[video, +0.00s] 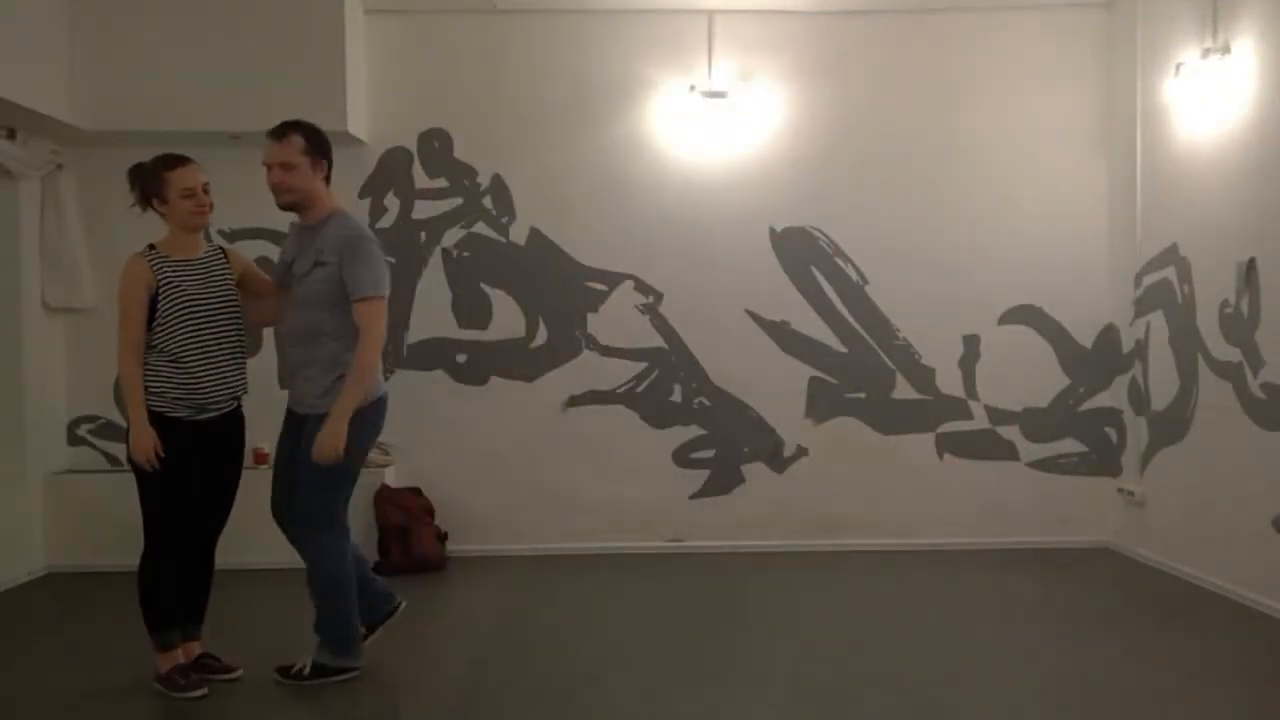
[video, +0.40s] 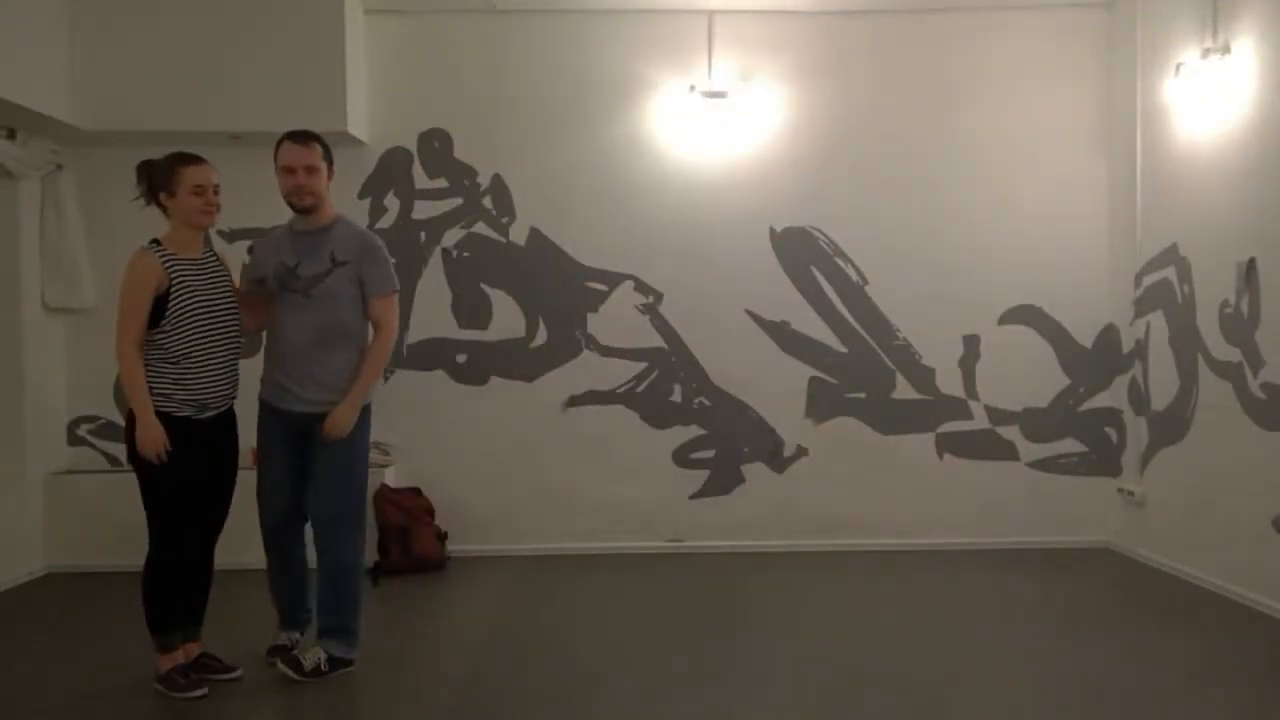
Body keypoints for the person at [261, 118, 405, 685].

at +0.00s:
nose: (273, 178)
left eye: (285, 168)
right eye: (269, 168)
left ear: (320, 169)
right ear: (268, 172)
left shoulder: (354, 239)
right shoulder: (297, 236)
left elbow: (373, 339)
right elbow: (277, 308)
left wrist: (339, 418)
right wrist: (202, 309)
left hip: (346, 406)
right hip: (306, 404)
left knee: (318, 520)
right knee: (289, 509)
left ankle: (339, 652)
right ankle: (373, 598)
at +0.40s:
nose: (299, 181)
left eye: (309, 170)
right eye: (289, 172)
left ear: (329, 175)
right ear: (277, 179)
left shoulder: (363, 245)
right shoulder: (268, 249)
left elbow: (387, 329)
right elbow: (247, 322)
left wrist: (352, 404)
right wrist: (178, 323)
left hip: (340, 413)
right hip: (279, 410)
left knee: (338, 529)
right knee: (278, 525)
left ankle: (339, 643)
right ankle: (295, 625)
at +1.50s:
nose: (369, 192)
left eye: (378, 185)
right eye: (359, 184)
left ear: (389, 195)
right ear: (343, 192)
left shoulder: (394, 265)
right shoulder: (312, 252)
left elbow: (393, 334)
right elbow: (254, 307)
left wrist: (416, 385)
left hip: (381, 403)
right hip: (324, 404)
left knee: (401, 506)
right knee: (320, 515)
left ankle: (416, 615)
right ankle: (297, 625)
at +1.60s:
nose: (384, 195)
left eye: (393, 188)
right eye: (375, 187)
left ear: (405, 198)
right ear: (359, 193)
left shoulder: (408, 266)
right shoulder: (330, 252)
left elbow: (405, 338)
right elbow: (273, 310)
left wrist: (431, 385)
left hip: (399, 406)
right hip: (344, 407)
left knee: (417, 509)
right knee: (341, 517)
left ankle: (418, 618)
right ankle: (303, 623)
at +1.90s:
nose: (411, 194)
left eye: (420, 187)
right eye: (401, 186)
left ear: (430, 196)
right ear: (383, 193)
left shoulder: (430, 262)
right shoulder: (359, 251)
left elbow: (439, 331)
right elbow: (306, 304)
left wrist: (480, 356)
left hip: (424, 395)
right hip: (371, 394)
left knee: (434, 503)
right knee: (401, 497)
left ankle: (418, 617)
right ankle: (367, 611)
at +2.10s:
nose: (416, 188)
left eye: (424, 181)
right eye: (407, 179)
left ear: (435, 192)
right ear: (389, 188)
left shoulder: (439, 259)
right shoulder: (367, 246)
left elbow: (447, 328)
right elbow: (319, 301)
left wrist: (492, 340)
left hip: (431, 399)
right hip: (380, 397)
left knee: (433, 508)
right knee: (403, 507)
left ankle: (424, 615)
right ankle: (418, 627)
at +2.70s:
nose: (383, 185)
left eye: (391, 178)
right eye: (374, 178)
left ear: (405, 190)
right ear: (359, 187)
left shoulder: (414, 259)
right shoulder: (334, 250)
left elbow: (419, 323)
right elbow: (297, 316)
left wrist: (468, 337)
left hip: (406, 398)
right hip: (351, 398)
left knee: (416, 510)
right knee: (367, 509)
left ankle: (417, 619)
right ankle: (329, 623)